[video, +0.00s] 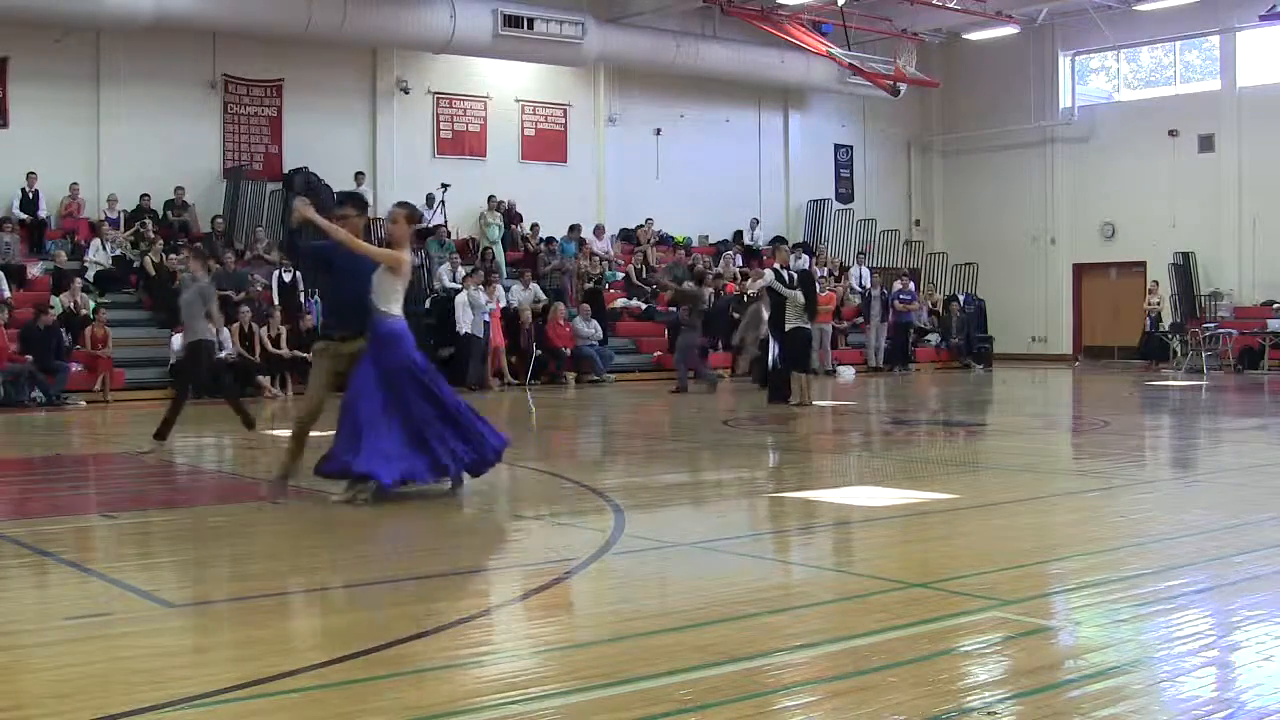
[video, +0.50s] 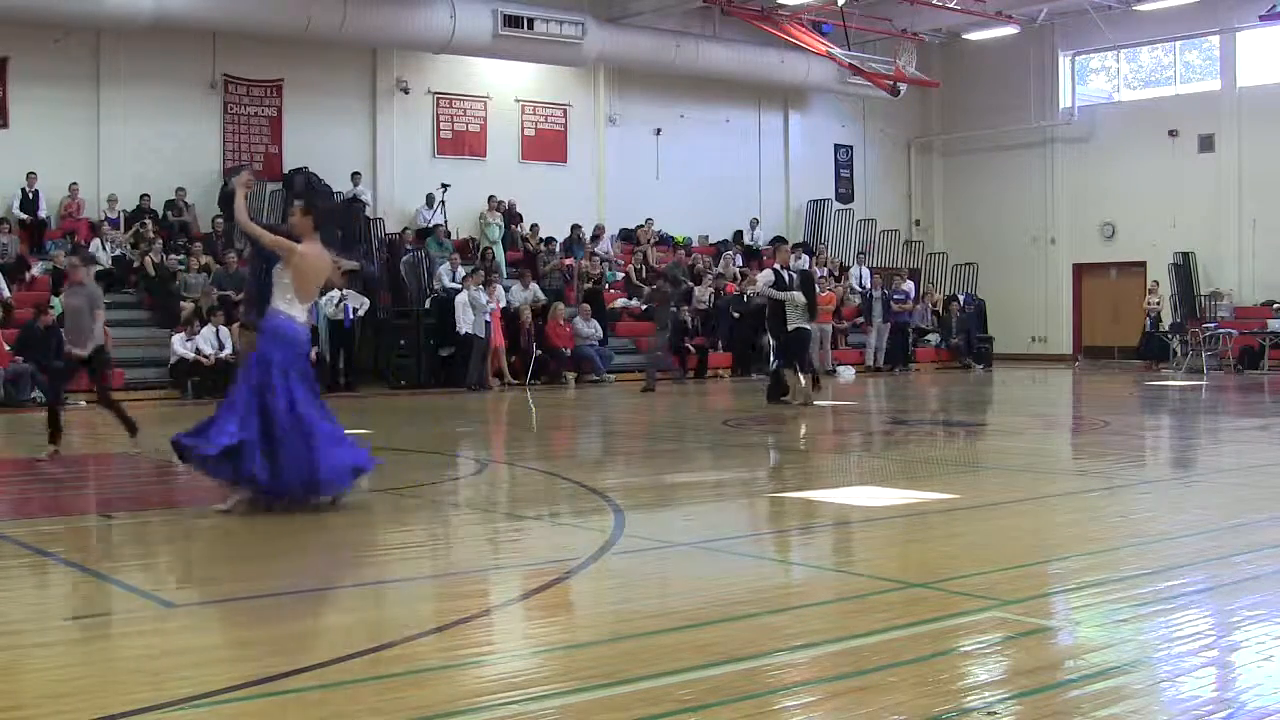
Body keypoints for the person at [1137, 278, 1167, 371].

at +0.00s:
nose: (1152, 288)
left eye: (1154, 286)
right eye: (1151, 286)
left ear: (1157, 287)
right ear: (1150, 287)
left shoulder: (1161, 296)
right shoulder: (1148, 296)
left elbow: (1161, 308)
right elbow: (1145, 306)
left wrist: (1150, 307)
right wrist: (1155, 307)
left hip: (1157, 318)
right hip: (1149, 318)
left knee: (1157, 338)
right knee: (1149, 338)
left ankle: (1156, 362)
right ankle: (1150, 361)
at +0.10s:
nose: (1152, 288)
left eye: (1154, 286)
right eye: (1151, 286)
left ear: (1157, 287)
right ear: (1149, 287)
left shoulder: (1161, 296)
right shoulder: (1148, 296)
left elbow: (1161, 308)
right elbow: (1145, 307)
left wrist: (1150, 308)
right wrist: (1155, 307)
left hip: (1157, 318)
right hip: (1149, 318)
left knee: (1157, 338)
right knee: (1149, 338)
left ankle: (1156, 362)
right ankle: (1150, 362)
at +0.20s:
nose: (1152, 288)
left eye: (1154, 286)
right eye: (1151, 286)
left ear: (1158, 287)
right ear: (1150, 287)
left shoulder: (1161, 297)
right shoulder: (1148, 296)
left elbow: (1160, 308)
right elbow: (1144, 306)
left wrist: (1149, 308)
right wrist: (1155, 307)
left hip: (1157, 318)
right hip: (1149, 318)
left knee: (1156, 339)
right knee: (1148, 338)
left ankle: (1155, 362)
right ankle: (1149, 361)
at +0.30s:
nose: (1152, 288)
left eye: (1154, 286)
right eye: (1151, 286)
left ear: (1158, 287)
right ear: (1150, 287)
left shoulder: (1160, 296)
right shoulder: (1148, 296)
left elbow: (1160, 308)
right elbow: (1144, 306)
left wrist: (1149, 308)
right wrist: (1155, 307)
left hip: (1157, 318)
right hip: (1149, 319)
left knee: (1156, 339)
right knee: (1148, 338)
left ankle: (1156, 362)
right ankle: (1149, 361)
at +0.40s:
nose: (1152, 288)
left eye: (1154, 286)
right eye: (1151, 286)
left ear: (1158, 287)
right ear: (1150, 287)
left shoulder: (1160, 296)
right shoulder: (1148, 296)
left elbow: (1160, 308)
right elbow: (1144, 306)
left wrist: (1149, 308)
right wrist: (1155, 307)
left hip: (1157, 318)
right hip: (1149, 319)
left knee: (1156, 339)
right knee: (1148, 338)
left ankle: (1156, 362)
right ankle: (1149, 361)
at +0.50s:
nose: (1152, 288)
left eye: (1154, 286)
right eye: (1151, 286)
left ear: (1157, 287)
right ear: (1150, 287)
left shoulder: (1160, 296)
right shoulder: (1148, 296)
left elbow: (1160, 308)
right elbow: (1144, 306)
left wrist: (1149, 308)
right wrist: (1155, 307)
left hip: (1157, 318)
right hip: (1149, 319)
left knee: (1156, 339)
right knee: (1148, 338)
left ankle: (1156, 362)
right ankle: (1149, 361)